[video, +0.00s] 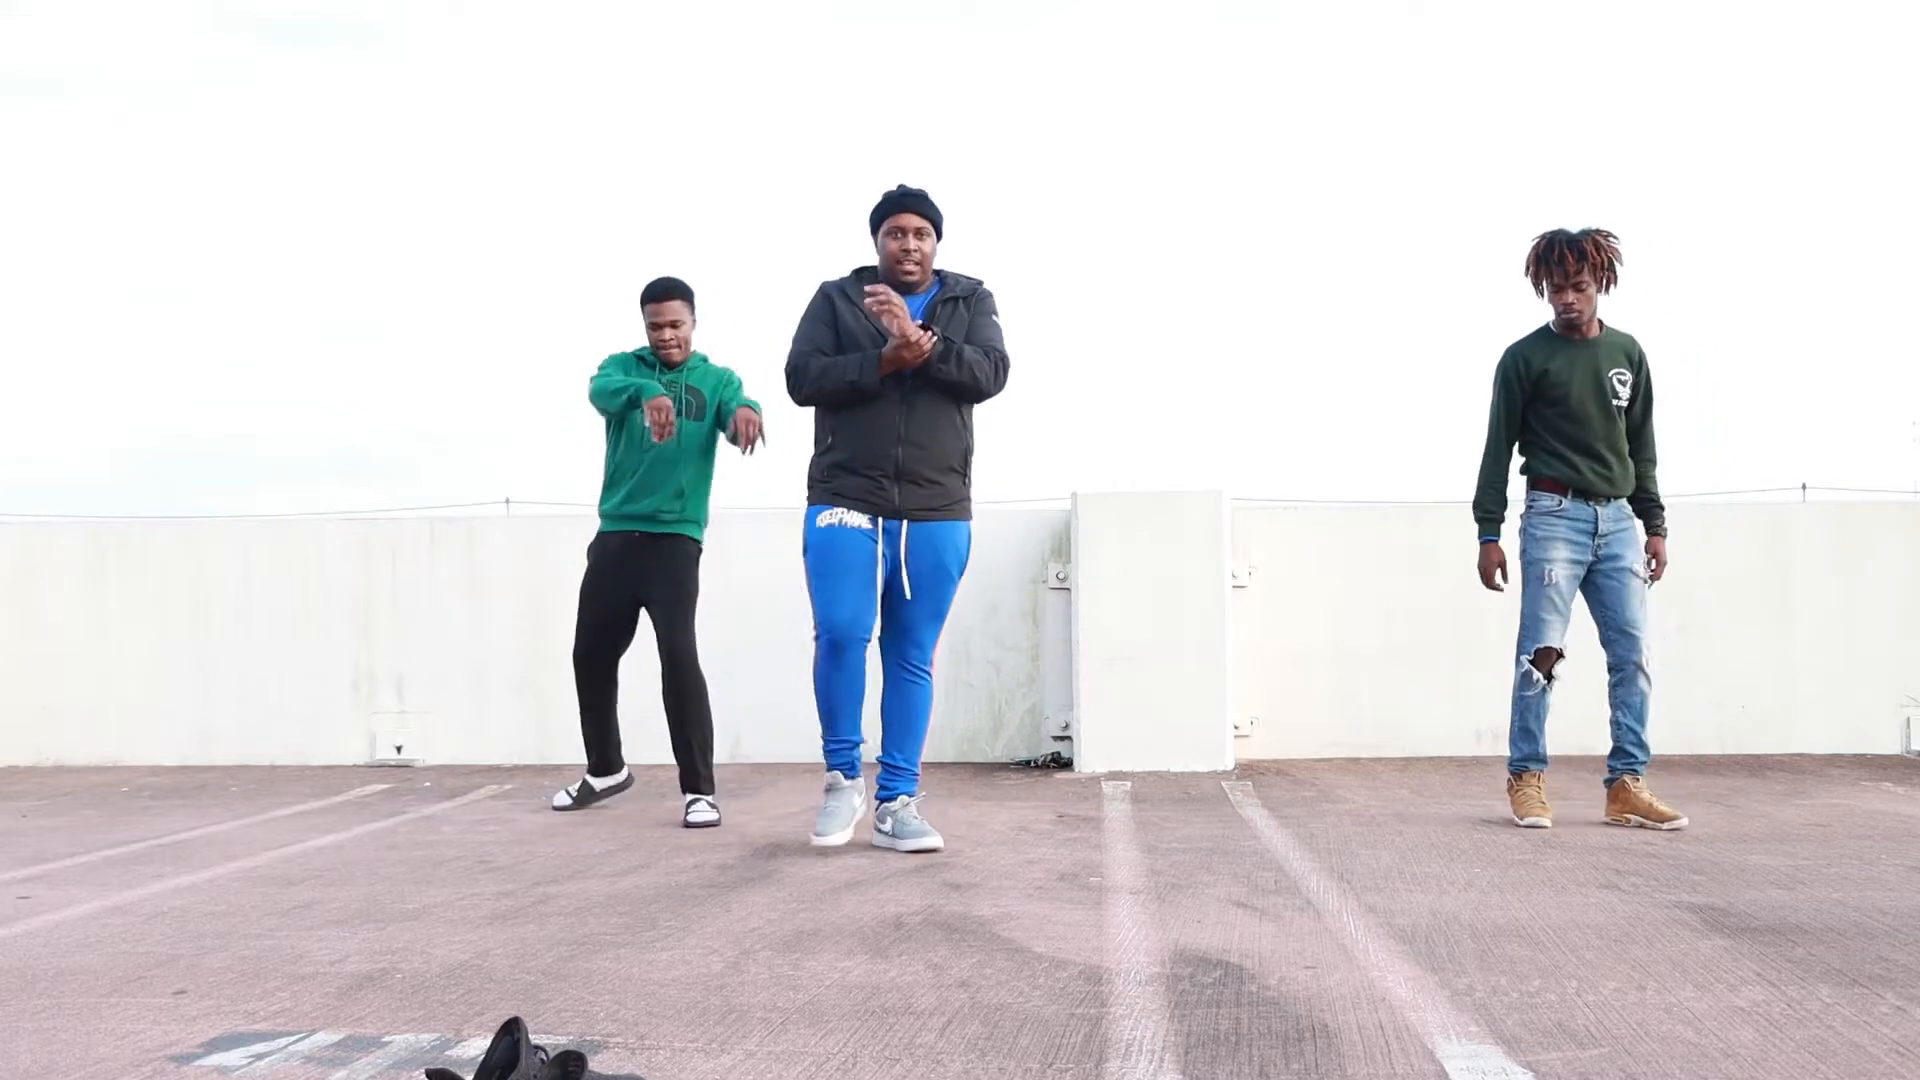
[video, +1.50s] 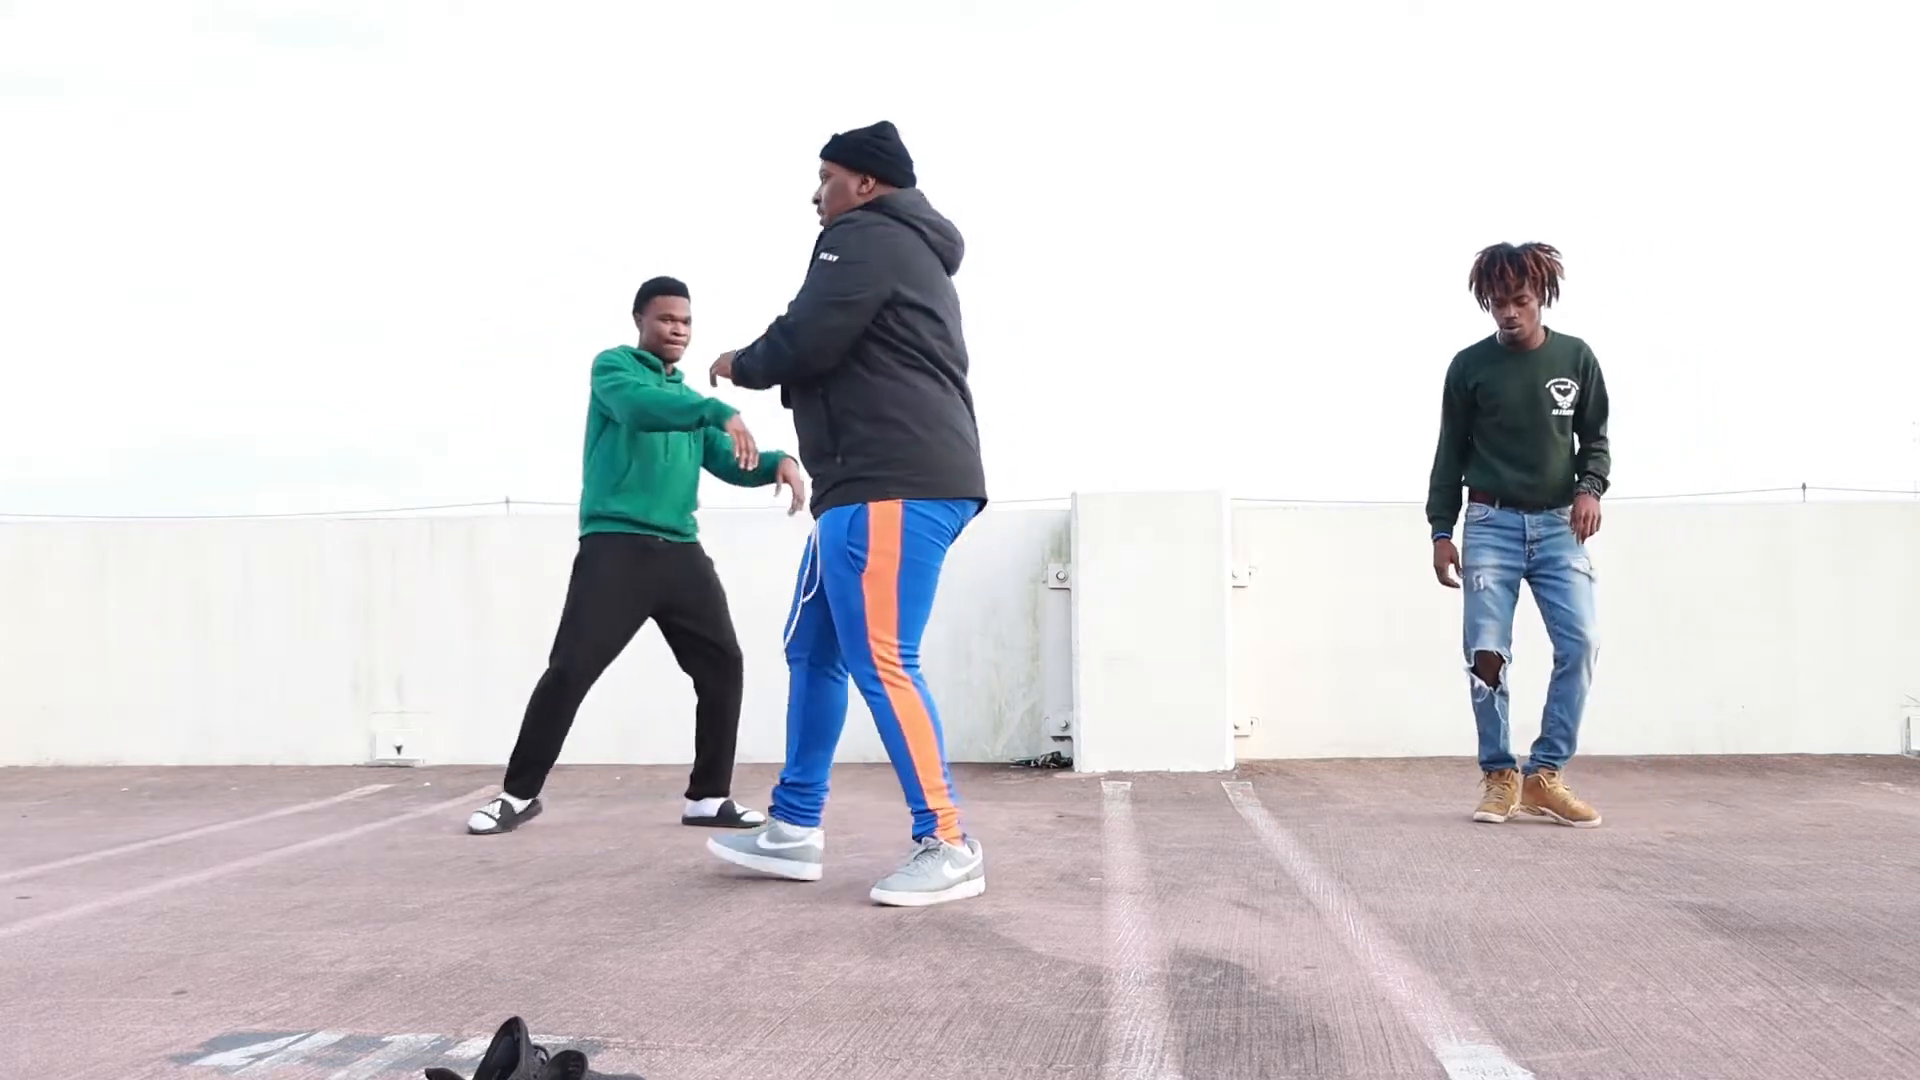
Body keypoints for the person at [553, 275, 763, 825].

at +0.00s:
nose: (667, 335)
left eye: (676, 324)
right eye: (657, 326)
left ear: (694, 323)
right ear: (645, 327)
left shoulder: (715, 377)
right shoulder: (623, 367)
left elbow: (731, 407)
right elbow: (601, 390)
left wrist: (744, 410)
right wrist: (647, 394)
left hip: (674, 541)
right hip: (615, 538)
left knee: (678, 658)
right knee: (591, 656)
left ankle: (698, 791)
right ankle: (606, 772)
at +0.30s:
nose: (648, 319)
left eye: (659, 308)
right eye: (643, 310)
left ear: (691, 304)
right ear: (640, 311)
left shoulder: (715, 356)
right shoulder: (632, 359)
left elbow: (687, 389)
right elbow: (577, 388)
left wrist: (625, 327)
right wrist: (553, 332)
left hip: (668, 535)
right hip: (613, 529)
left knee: (676, 659)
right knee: (574, 647)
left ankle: (700, 792)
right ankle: (552, 780)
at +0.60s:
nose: (591, 340)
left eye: (601, 329)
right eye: (584, 330)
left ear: (630, 326)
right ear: (578, 332)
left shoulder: (658, 373)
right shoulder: (582, 394)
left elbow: (620, 428)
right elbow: (535, 446)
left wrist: (539, 454)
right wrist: (483, 441)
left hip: (629, 558)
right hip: (571, 555)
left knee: (648, 678)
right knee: (522, 665)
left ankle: (698, 793)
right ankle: (517, 802)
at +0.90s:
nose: (567, 318)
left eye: (578, 309)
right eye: (558, 308)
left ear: (593, 315)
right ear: (542, 314)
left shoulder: (615, 364)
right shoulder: (522, 375)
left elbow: (625, 386)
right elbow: (479, 406)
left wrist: (580, 360)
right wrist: (473, 374)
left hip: (603, 546)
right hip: (532, 546)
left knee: (638, 666)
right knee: (504, 672)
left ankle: (672, 790)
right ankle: (515, 802)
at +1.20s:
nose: (599, 310)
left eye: (607, 302)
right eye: (588, 299)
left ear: (613, 309)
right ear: (559, 300)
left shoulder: (621, 366)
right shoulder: (525, 352)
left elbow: (666, 405)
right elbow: (539, 381)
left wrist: (704, 368)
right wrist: (615, 338)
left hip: (620, 537)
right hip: (550, 539)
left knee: (667, 651)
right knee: (527, 669)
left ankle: (697, 786)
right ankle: (515, 802)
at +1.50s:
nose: (675, 329)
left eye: (683, 321)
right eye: (664, 319)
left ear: (690, 329)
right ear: (639, 321)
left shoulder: (691, 398)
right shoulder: (615, 365)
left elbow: (728, 461)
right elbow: (639, 404)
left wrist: (777, 461)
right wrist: (720, 412)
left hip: (681, 551)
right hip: (616, 545)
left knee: (722, 667)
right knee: (570, 670)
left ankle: (708, 798)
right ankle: (518, 794)